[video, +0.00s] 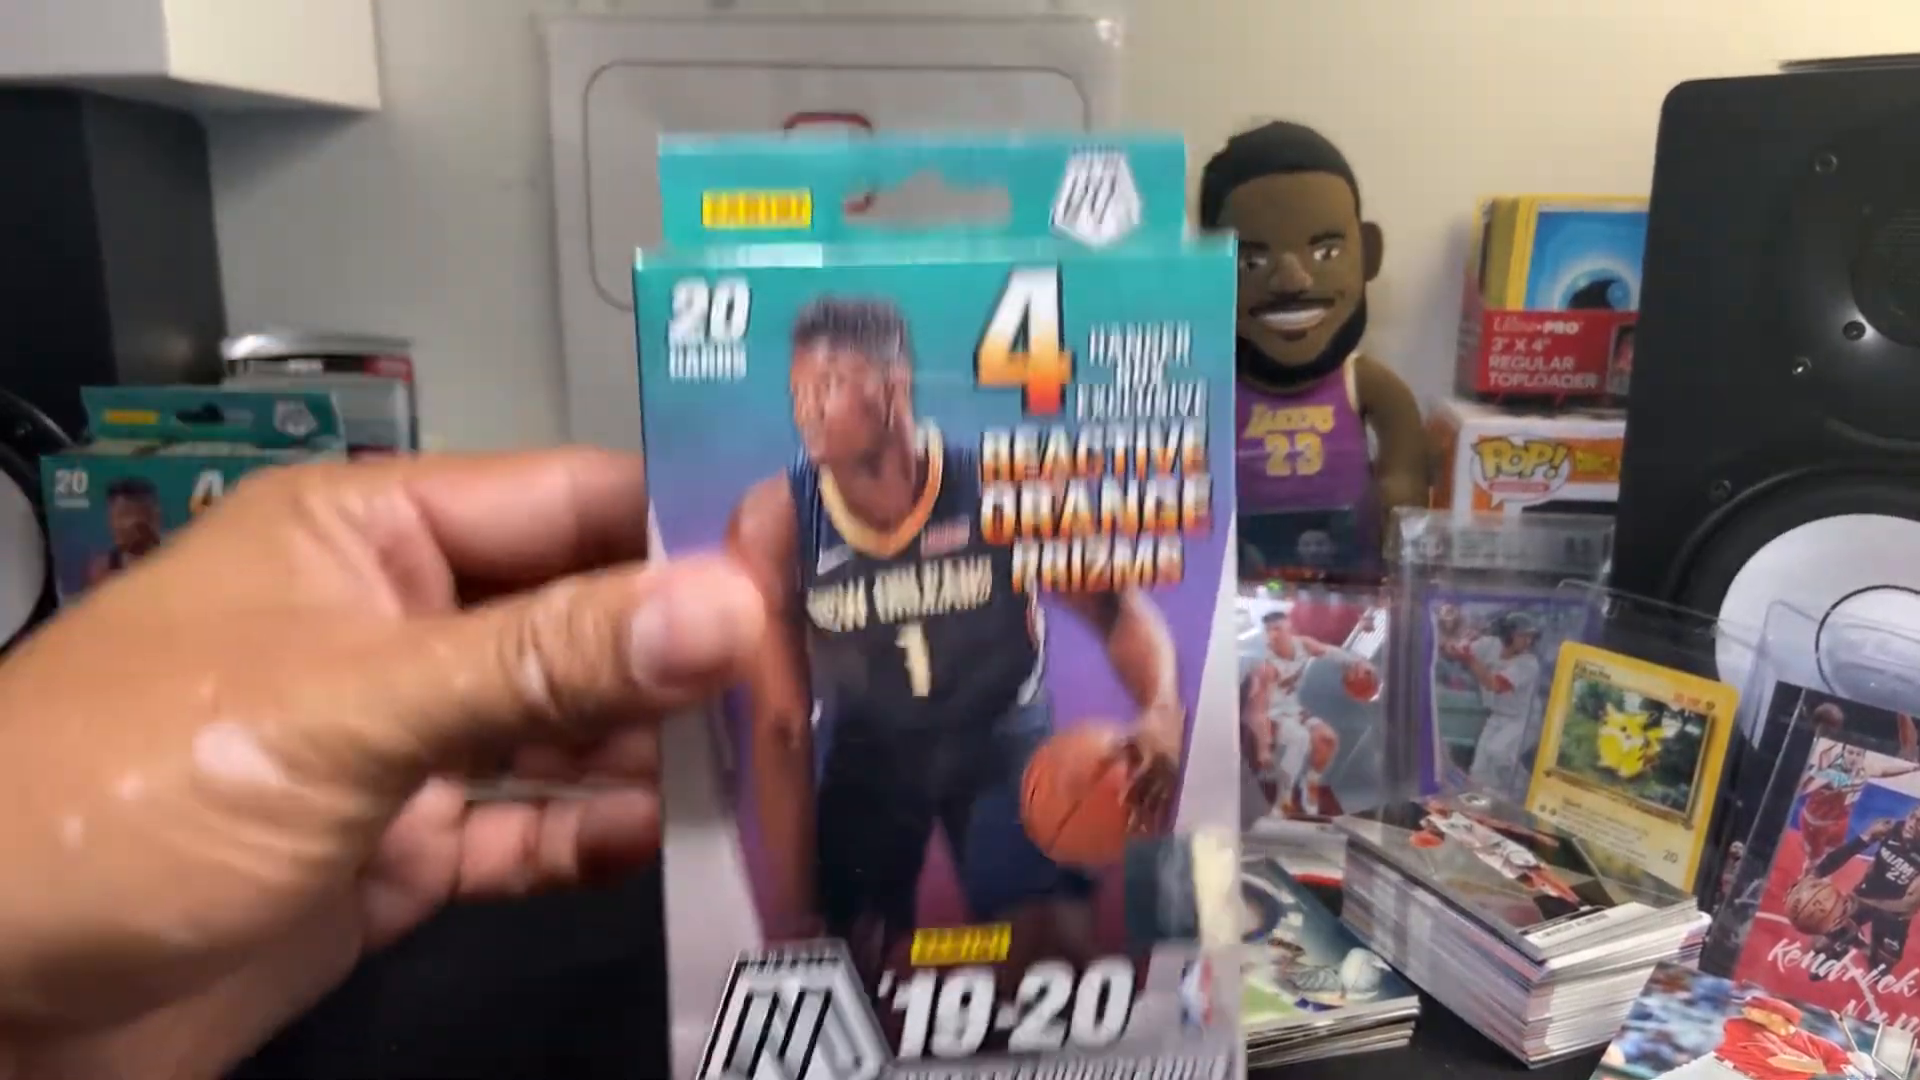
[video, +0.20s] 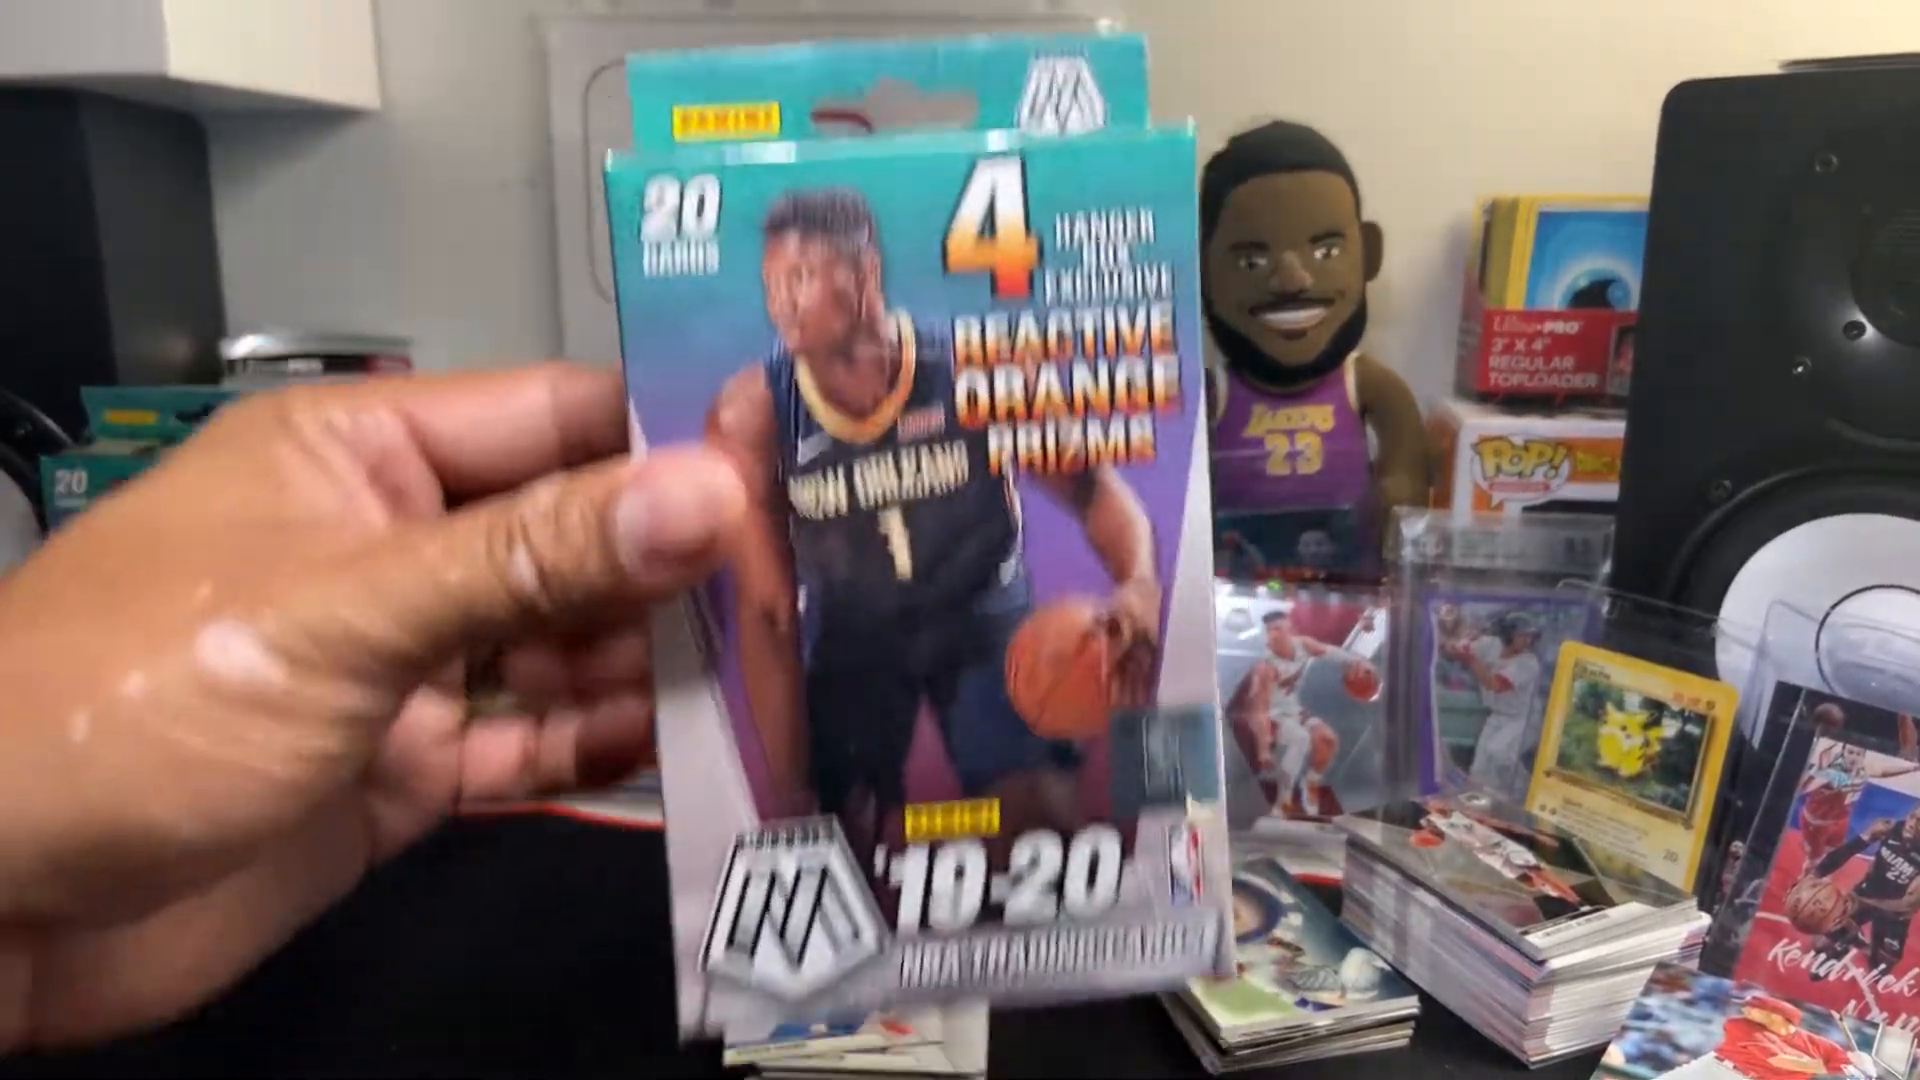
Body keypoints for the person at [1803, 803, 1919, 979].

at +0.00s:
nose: (1912, 824)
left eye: (1918, 822)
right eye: (1912, 817)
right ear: (1907, 815)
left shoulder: (1917, 858)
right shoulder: (1888, 830)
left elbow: (1908, 905)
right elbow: (1848, 851)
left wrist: (1861, 903)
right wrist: (1816, 873)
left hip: (1895, 912)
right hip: (1865, 897)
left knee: (1880, 969)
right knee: (1820, 947)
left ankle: (1853, 939)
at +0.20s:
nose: (1912, 824)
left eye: (1918, 822)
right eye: (1912, 817)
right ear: (1907, 815)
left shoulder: (1917, 858)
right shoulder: (1887, 829)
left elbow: (1908, 905)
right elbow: (1846, 851)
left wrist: (1862, 903)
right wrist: (1815, 874)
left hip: (1896, 910)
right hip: (1866, 894)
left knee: (1881, 967)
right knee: (1820, 943)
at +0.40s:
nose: (1912, 824)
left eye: (1918, 822)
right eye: (1912, 817)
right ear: (1907, 815)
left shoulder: (1917, 857)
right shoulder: (1887, 829)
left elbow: (1907, 905)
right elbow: (1847, 851)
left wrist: (1861, 903)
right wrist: (1814, 874)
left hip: (1895, 910)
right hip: (1865, 894)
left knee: (1880, 966)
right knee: (1820, 944)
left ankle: (1854, 939)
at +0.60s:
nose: (1912, 824)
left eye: (1918, 822)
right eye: (1912, 817)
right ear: (1907, 815)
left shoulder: (1918, 858)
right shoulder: (1888, 829)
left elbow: (1909, 905)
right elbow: (1847, 850)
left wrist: (1862, 903)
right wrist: (1815, 873)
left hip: (1895, 909)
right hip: (1865, 894)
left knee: (1881, 966)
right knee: (1820, 945)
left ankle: (1854, 940)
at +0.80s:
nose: (1911, 824)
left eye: (1918, 822)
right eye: (1912, 817)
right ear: (1906, 815)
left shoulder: (1917, 858)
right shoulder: (1887, 830)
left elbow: (1909, 905)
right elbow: (1847, 850)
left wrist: (1861, 903)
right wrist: (1815, 873)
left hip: (1895, 909)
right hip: (1865, 894)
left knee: (1882, 965)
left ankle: (1854, 939)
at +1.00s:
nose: (1910, 823)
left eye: (1917, 821)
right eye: (1910, 816)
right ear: (1905, 815)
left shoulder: (1917, 857)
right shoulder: (1887, 828)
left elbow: (1908, 904)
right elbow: (1846, 849)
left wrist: (1859, 902)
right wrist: (1814, 872)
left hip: (1894, 907)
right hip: (1865, 893)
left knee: (1878, 966)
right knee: (1819, 944)